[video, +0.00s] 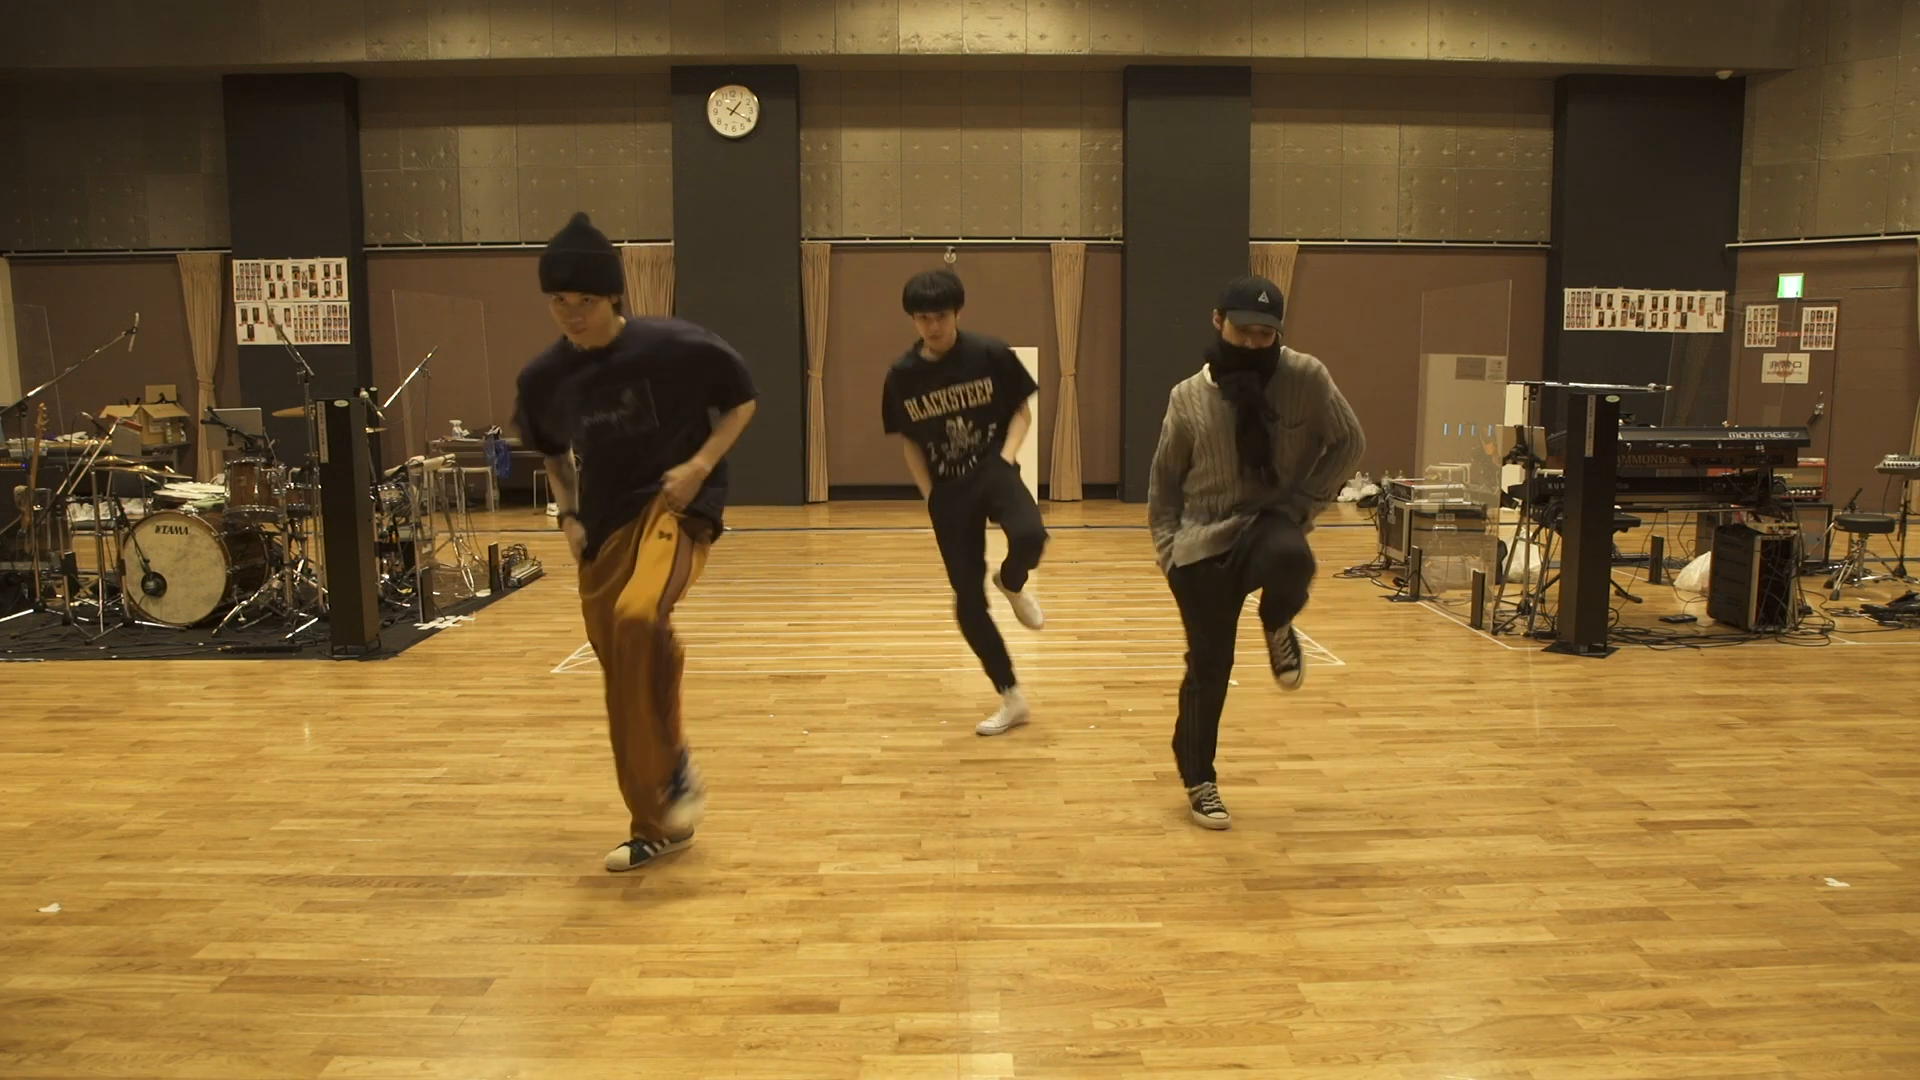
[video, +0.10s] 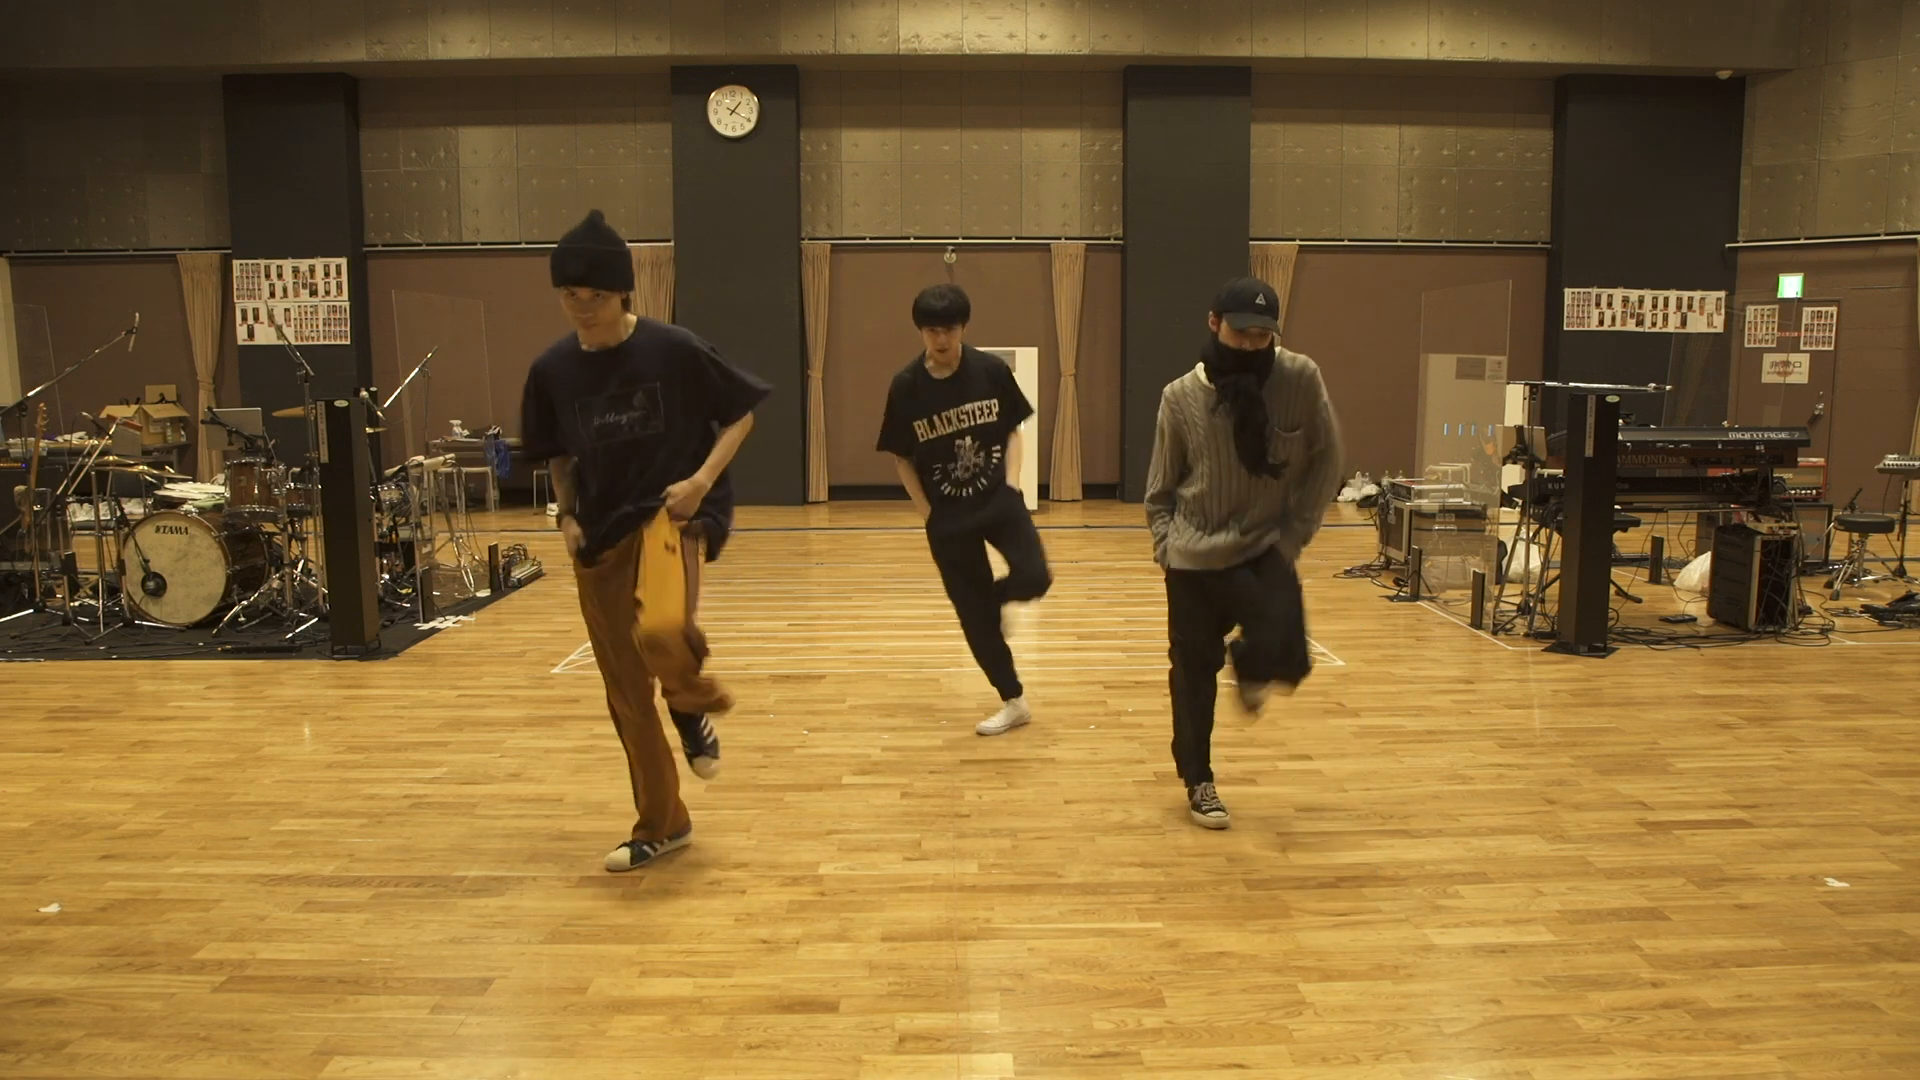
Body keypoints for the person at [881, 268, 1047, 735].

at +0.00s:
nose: (933, 327)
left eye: (941, 317)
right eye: (924, 319)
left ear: (958, 314)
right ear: (913, 320)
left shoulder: (991, 354)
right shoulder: (902, 376)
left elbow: (1021, 411)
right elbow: (909, 440)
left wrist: (1007, 457)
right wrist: (929, 492)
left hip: (996, 472)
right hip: (947, 490)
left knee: (1032, 536)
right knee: (968, 600)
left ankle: (1010, 584)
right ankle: (1011, 696)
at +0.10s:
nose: (940, 341)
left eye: (948, 331)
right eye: (931, 332)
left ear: (964, 328)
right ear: (920, 331)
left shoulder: (992, 370)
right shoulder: (906, 385)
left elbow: (1012, 430)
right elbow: (901, 455)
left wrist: (1012, 486)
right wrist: (926, 510)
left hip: (999, 500)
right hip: (946, 514)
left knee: (1035, 580)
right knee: (975, 612)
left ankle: (991, 596)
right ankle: (1014, 702)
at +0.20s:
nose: (946, 337)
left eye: (954, 328)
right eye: (937, 328)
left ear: (967, 325)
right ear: (923, 328)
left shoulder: (993, 365)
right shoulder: (906, 379)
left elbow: (1009, 429)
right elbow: (900, 446)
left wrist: (1012, 488)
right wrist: (922, 498)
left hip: (997, 502)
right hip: (943, 508)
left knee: (1002, 603)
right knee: (962, 610)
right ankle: (1008, 695)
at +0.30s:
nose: (948, 335)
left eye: (956, 326)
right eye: (939, 327)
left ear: (968, 328)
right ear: (924, 330)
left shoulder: (996, 374)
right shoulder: (907, 383)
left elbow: (1007, 439)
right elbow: (898, 449)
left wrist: (1003, 501)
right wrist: (924, 501)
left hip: (987, 513)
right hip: (937, 513)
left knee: (965, 602)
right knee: (938, 601)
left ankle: (936, 672)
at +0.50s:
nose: (952, 345)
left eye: (960, 336)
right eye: (943, 336)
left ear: (971, 341)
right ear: (928, 342)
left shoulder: (990, 390)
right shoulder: (910, 405)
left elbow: (1000, 455)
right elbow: (895, 476)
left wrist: (1007, 515)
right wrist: (922, 530)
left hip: (991, 530)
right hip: (939, 534)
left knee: (1023, 618)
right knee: (915, 632)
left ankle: (964, 659)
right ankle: (882, 703)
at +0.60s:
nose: (958, 343)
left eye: (966, 334)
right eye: (949, 334)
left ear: (977, 340)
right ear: (933, 339)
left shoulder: (998, 386)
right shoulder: (914, 402)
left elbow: (1011, 449)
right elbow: (905, 471)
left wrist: (1021, 507)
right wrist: (931, 526)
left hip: (1007, 522)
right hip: (954, 532)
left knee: (1060, 601)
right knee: (929, 624)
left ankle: (1027, 672)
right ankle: (885, 701)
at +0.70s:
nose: (966, 340)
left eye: (974, 332)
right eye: (957, 331)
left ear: (986, 337)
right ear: (941, 337)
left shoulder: (1013, 381)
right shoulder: (926, 398)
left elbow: (1029, 442)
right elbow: (924, 468)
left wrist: (1036, 499)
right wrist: (949, 517)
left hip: (1024, 517)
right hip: (970, 526)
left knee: (1069, 604)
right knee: (958, 619)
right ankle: (925, 694)